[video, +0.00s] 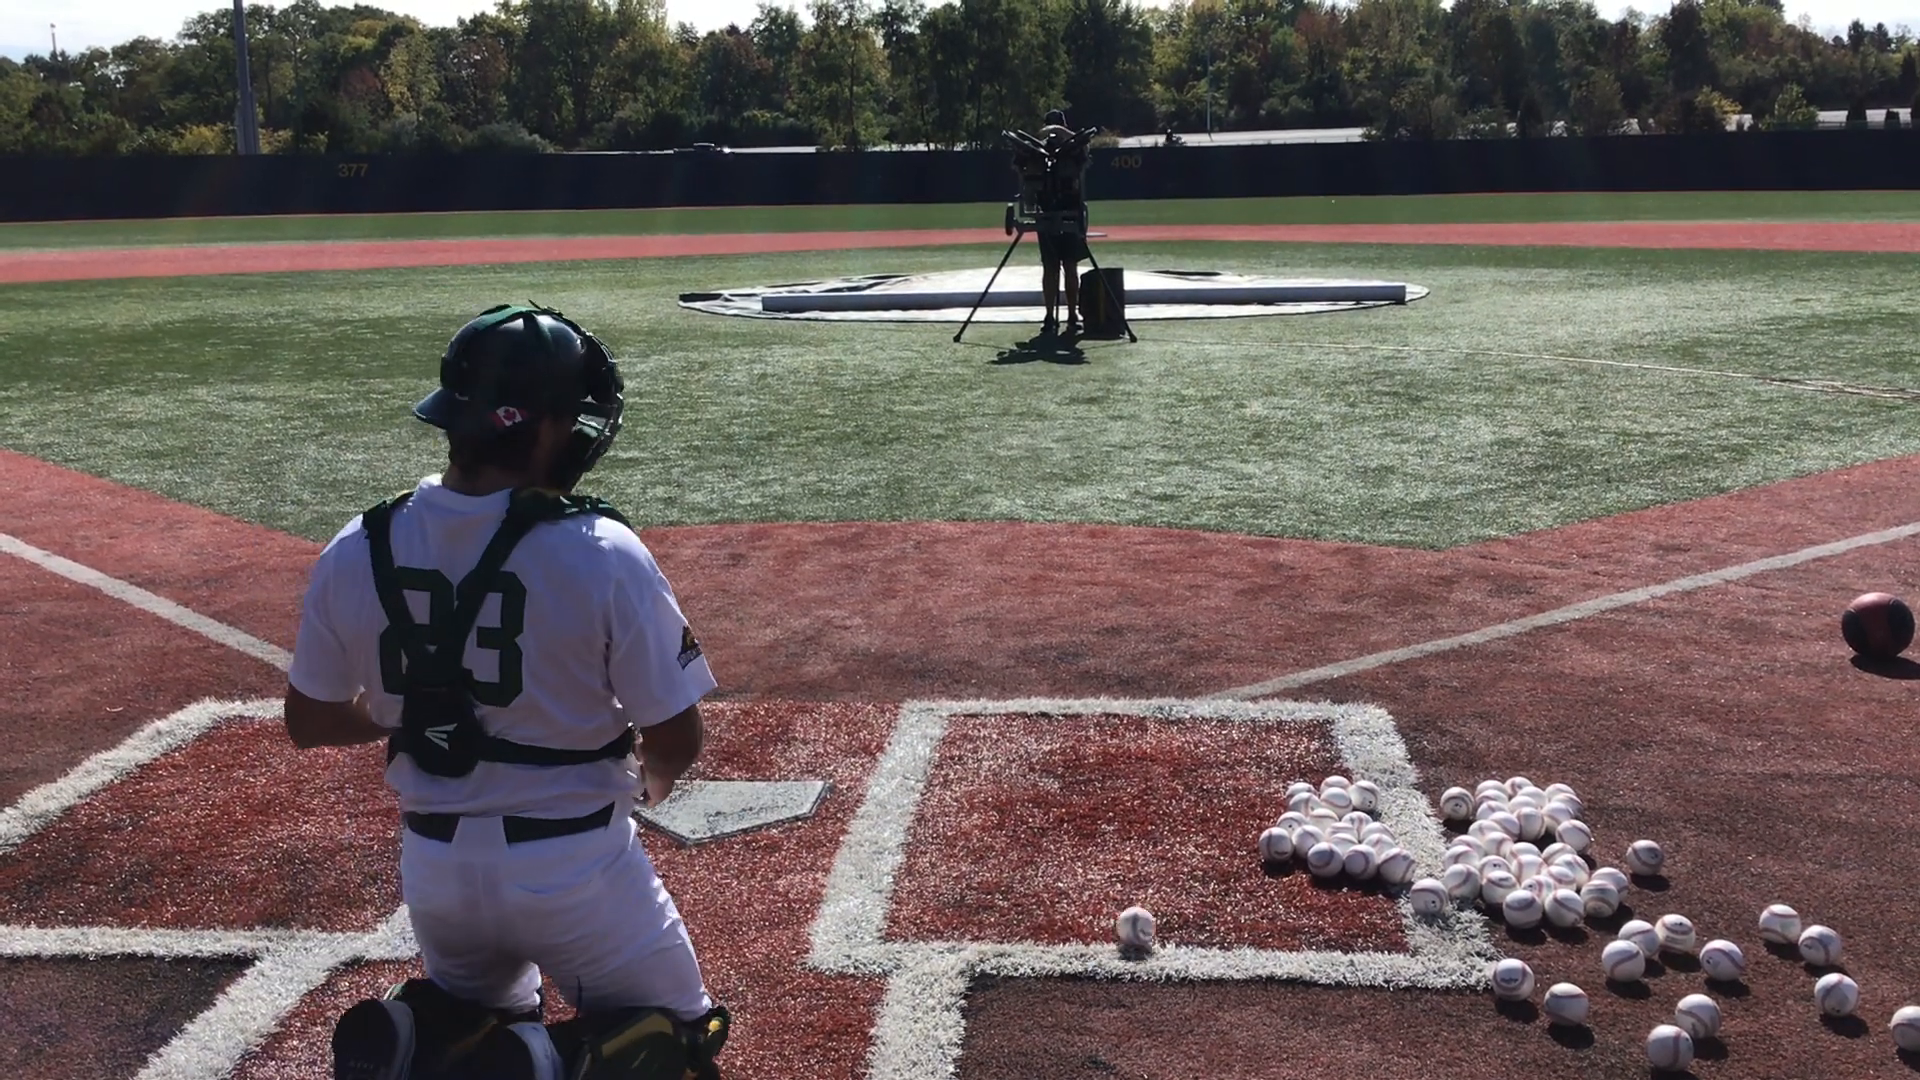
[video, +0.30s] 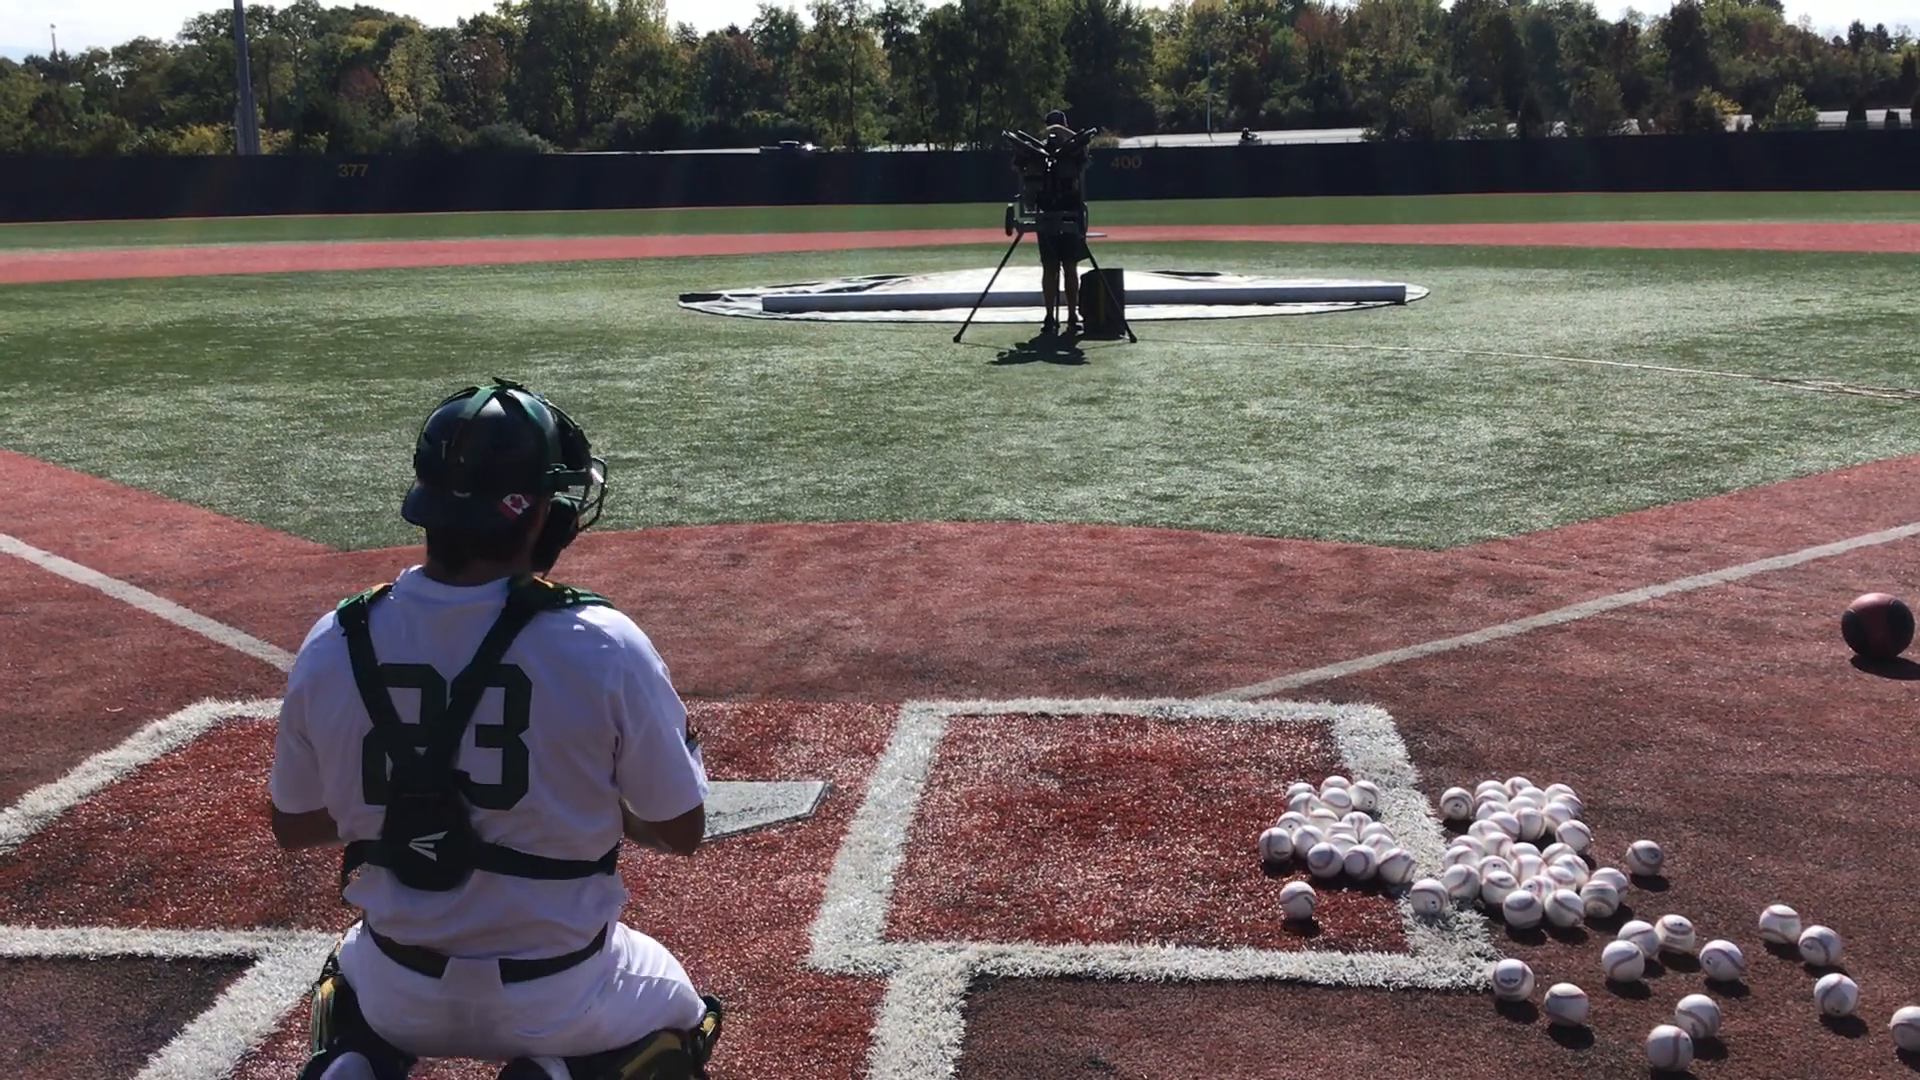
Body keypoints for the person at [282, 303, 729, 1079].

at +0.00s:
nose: (587, 447)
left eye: (588, 429)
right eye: (582, 428)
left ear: (455, 421)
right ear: (546, 432)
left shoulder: (358, 549)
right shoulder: (601, 555)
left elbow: (310, 717)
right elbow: (678, 736)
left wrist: (414, 711)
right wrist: (653, 774)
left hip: (435, 863)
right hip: (576, 868)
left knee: (481, 1014)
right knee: (678, 1039)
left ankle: (398, 1037)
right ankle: (531, 1059)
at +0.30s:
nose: (570, 512)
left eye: (568, 496)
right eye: (563, 497)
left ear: (426, 505)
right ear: (540, 517)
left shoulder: (337, 641)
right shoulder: (603, 645)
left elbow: (296, 823)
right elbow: (680, 828)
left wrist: (411, 793)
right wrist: (574, 788)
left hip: (393, 996)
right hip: (561, 1000)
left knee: (347, 979)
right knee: (689, 1023)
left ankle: (348, 1064)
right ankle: (568, 1071)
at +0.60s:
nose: (522, 521)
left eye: (519, 503)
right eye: (517, 506)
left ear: (380, 517)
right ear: (496, 527)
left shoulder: (290, 649)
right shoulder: (553, 662)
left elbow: (260, 841)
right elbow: (628, 862)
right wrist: (554, 788)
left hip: (313, 1038)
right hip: (475, 1044)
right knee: (695, 930)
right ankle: (568, 1071)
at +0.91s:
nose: (513, 540)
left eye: (508, 523)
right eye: (504, 525)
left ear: (363, 540)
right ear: (479, 552)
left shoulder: (280, 666)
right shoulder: (533, 680)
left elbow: (253, 851)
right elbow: (640, 849)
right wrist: (587, 730)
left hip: (262, 1046)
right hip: (429, 1056)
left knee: (248, 884)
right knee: (714, 898)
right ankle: (580, 1068)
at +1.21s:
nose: (516, 555)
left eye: (512, 537)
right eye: (509, 540)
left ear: (372, 551)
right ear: (482, 562)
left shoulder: (281, 673)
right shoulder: (532, 683)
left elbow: (256, 848)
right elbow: (633, 863)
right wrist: (617, 746)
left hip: (253, 1052)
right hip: (426, 1062)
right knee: (707, 892)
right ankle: (581, 1068)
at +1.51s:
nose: (529, 529)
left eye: (526, 512)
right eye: (521, 516)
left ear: (385, 527)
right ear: (499, 534)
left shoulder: (307, 627)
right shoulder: (547, 639)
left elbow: (262, 801)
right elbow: (694, 786)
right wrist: (592, 746)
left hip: (259, 1024)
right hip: (420, 1039)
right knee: (665, 884)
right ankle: (544, 1067)